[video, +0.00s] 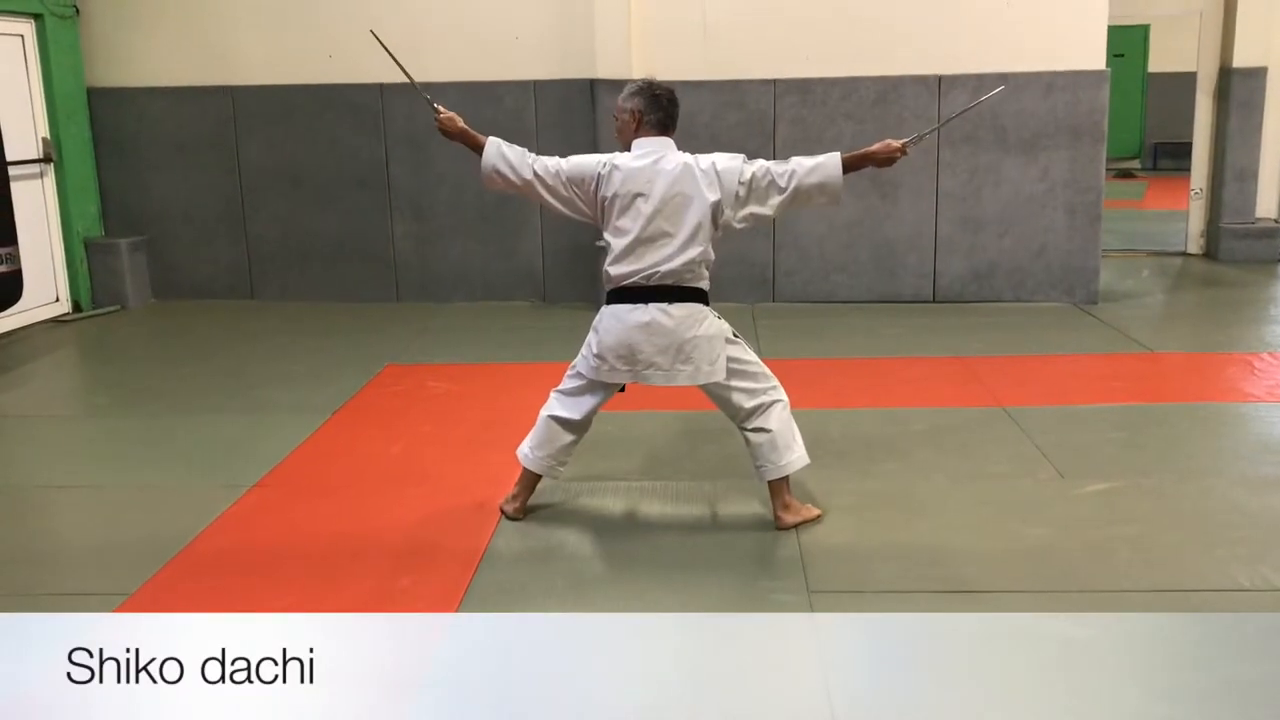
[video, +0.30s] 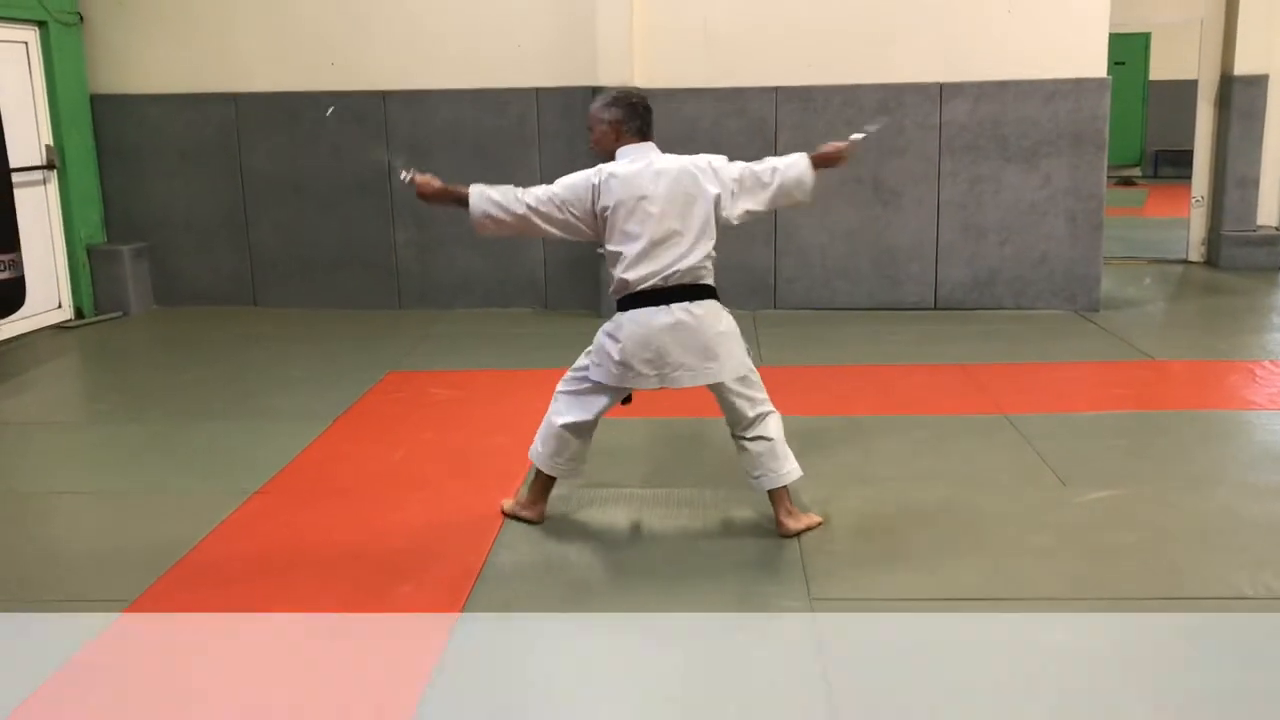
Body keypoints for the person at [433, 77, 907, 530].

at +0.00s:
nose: (614, 129)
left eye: (618, 120)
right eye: (617, 120)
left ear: (637, 122)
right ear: (669, 123)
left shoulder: (609, 170)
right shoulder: (712, 169)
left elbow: (534, 168)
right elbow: (787, 175)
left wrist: (469, 137)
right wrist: (863, 157)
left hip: (620, 320)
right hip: (690, 321)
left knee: (572, 399)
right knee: (761, 398)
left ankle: (517, 497)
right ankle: (786, 506)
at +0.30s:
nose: (591, 138)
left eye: (595, 128)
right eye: (591, 128)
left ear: (620, 130)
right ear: (644, 129)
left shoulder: (601, 181)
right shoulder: (701, 169)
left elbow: (526, 203)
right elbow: (763, 175)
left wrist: (450, 193)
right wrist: (817, 160)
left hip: (636, 323)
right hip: (704, 317)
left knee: (575, 397)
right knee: (752, 409)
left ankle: (532, 500)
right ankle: (787, 510)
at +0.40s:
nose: (562, 142)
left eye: (566, 132)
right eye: (561, 133)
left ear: (592, 131)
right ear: (614, 129)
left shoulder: (584, 185)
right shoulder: (678, 168)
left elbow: (509, 218)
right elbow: (732, 170)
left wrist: (423, 220)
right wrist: (758, 149)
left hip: (629, 326)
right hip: (695, 315)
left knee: (561, 395)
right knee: (743, 410)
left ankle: (539, 503)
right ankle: (788, 513)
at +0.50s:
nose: (527, 132)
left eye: (532, 121)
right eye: (526, 122)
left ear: (561, 120)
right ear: (579, 120)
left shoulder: (558, 179)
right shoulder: (642, 164)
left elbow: (496, 230)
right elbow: (664, 187)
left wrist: (411, 249)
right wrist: (661, 162)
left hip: (605, 323)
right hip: (666, 310)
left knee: (539, 398)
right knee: (713, 405)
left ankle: (538, 506)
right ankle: (781, 495)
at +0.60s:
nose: (503, 123)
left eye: (509, 113)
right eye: (503, 113)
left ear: (537, 115)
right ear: (548, 114)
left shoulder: (540, 172)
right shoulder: (599, 155)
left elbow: (488, 237)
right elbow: (624, 223)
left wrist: (419, 270)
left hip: (580, 313)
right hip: (635, 302)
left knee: (526, 409)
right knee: (659, 403)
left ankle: (540, 507)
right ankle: (721, 481)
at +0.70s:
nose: (489, 118)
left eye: (494, 107)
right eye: (488, 107)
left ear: (524, 108)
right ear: (532, 108)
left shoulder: (535, 167)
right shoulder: (572, 150)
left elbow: (504, 232)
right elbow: (536, 199)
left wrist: (453, 280)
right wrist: (484, 212)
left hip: (567, 310)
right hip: (611, 297)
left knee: (522, 407)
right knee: (588, 399)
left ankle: (542, 509)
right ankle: (631, 491)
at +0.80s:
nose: (479, 113)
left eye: (485, 104)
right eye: (478, 104)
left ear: (513, 105)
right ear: (516, 105)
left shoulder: (545, 162)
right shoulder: (537, 155)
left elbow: (530, 233)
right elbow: (485, 212)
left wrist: (496, 284)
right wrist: (418, 246)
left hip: (566, 303)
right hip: (559, 299)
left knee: (519, 407)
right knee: (533, 401)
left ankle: (546, 508)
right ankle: (552, 496)